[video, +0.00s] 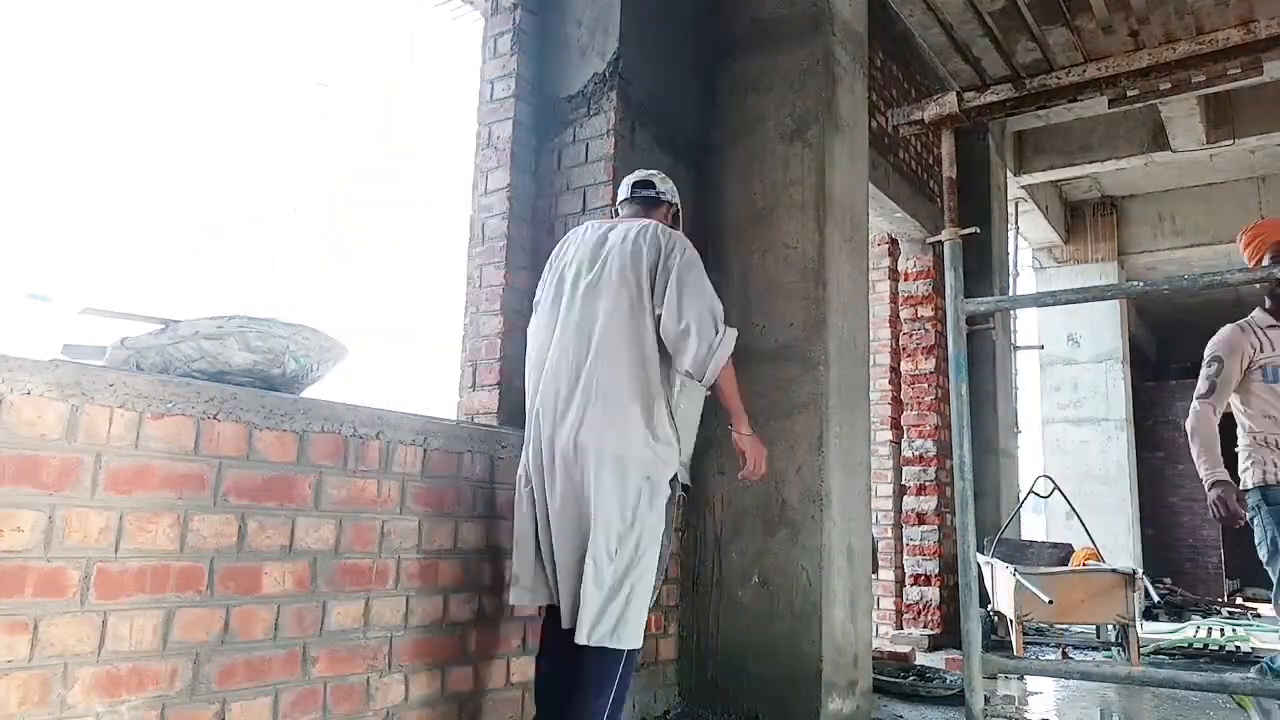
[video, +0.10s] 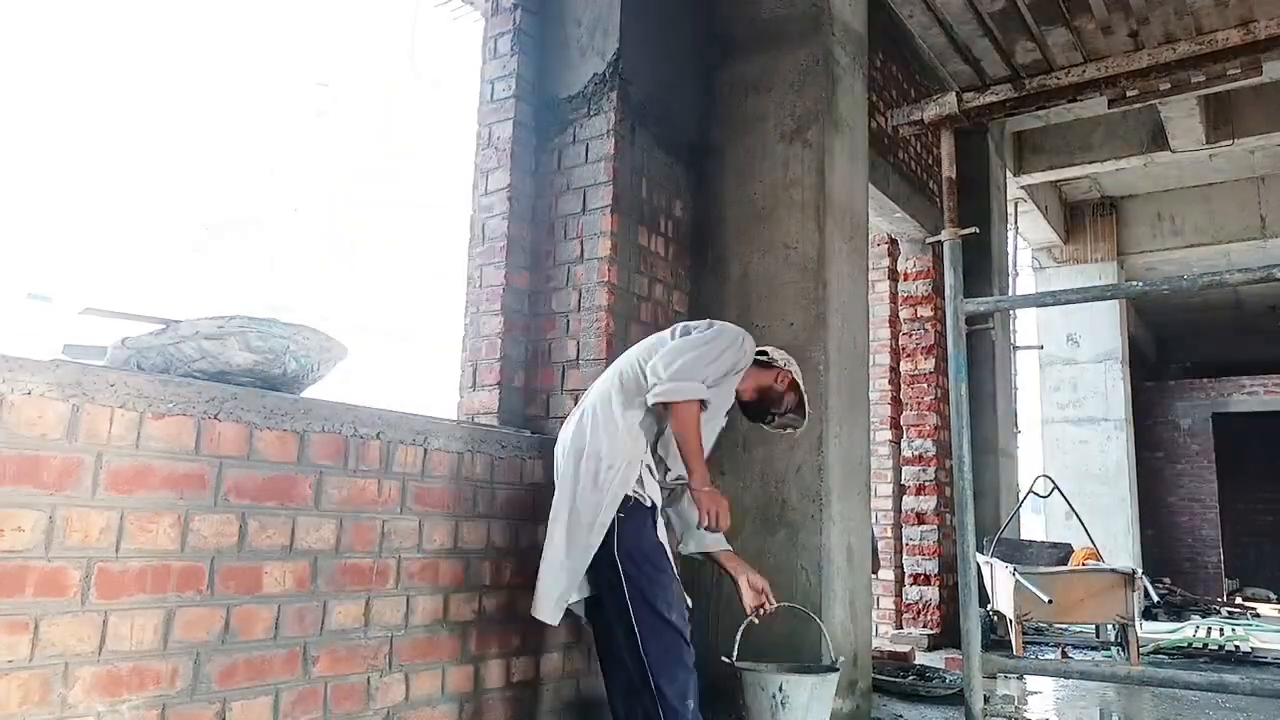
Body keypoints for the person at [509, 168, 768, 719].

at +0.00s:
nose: (672, 226)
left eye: (673, 221)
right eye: (676, 220)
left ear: (615, 207)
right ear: (669, 212)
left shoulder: (568, 244)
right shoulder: (665, 242)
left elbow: (542, 336)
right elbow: (702, 335)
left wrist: (543, 431)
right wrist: (741, 425)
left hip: (549, 445)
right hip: (621, 447)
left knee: (561, 602)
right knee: (615, 609)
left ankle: (552, 710)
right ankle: (592, 711)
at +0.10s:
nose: (778, 412)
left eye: (783, 415)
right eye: (788, 402)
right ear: (784, 376)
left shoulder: (709, 409)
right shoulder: (735, 339)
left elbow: (681, 499)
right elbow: (672, 377)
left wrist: (739, 570)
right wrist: (701, 481)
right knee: (661, 625)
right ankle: (674, 710)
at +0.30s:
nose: (776, 462)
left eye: (782, 456)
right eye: (781, 451)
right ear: (779, 426)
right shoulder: (756, 413)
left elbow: (693, 520)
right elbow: (786, 509)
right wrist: (792, 602)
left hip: (585, 457)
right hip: (649, 460)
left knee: (618, 619)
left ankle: (627, 711)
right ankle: (697, 711)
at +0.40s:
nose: (803, 270)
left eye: (805, 261)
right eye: (794, 258)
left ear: (746, 266)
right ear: (760, 259)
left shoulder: (689, 315)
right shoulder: (766, 301)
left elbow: (664, 403)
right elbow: (752, 376)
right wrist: (761, 468)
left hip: (651, 485)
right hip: (714, 481)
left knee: (668, 605)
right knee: (789, 592)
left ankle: (640, 708)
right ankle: (806, 704)